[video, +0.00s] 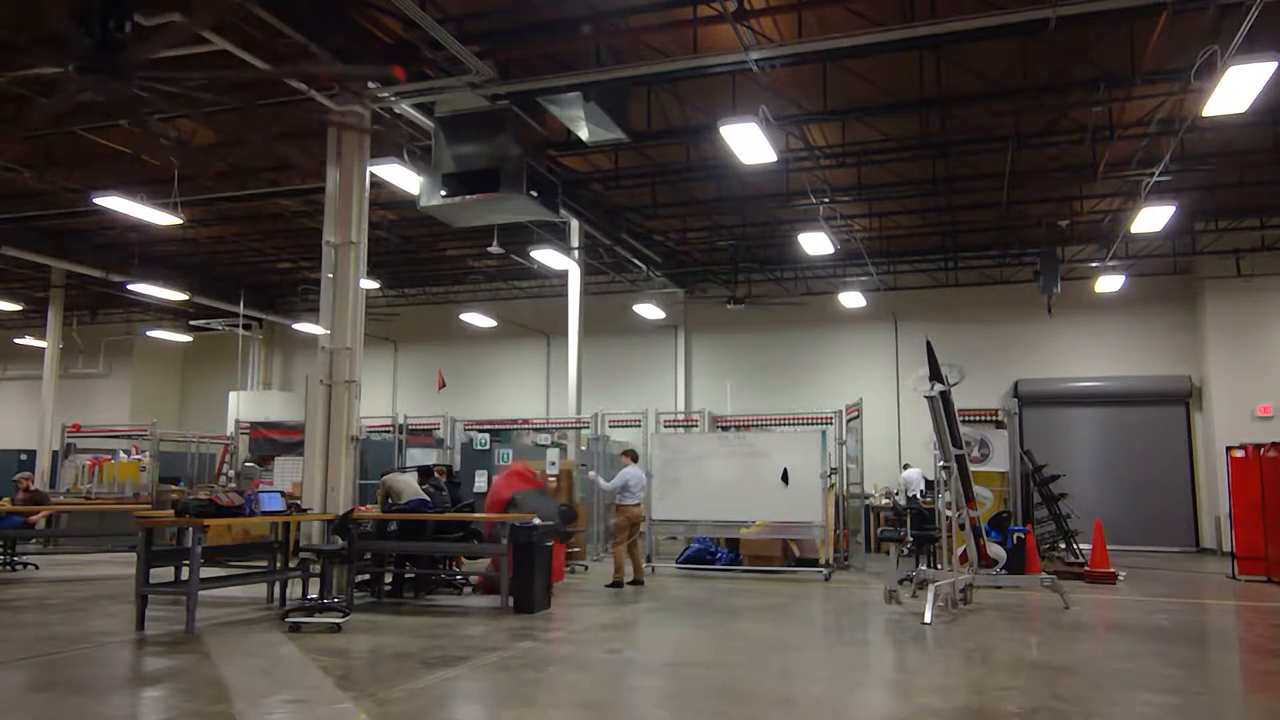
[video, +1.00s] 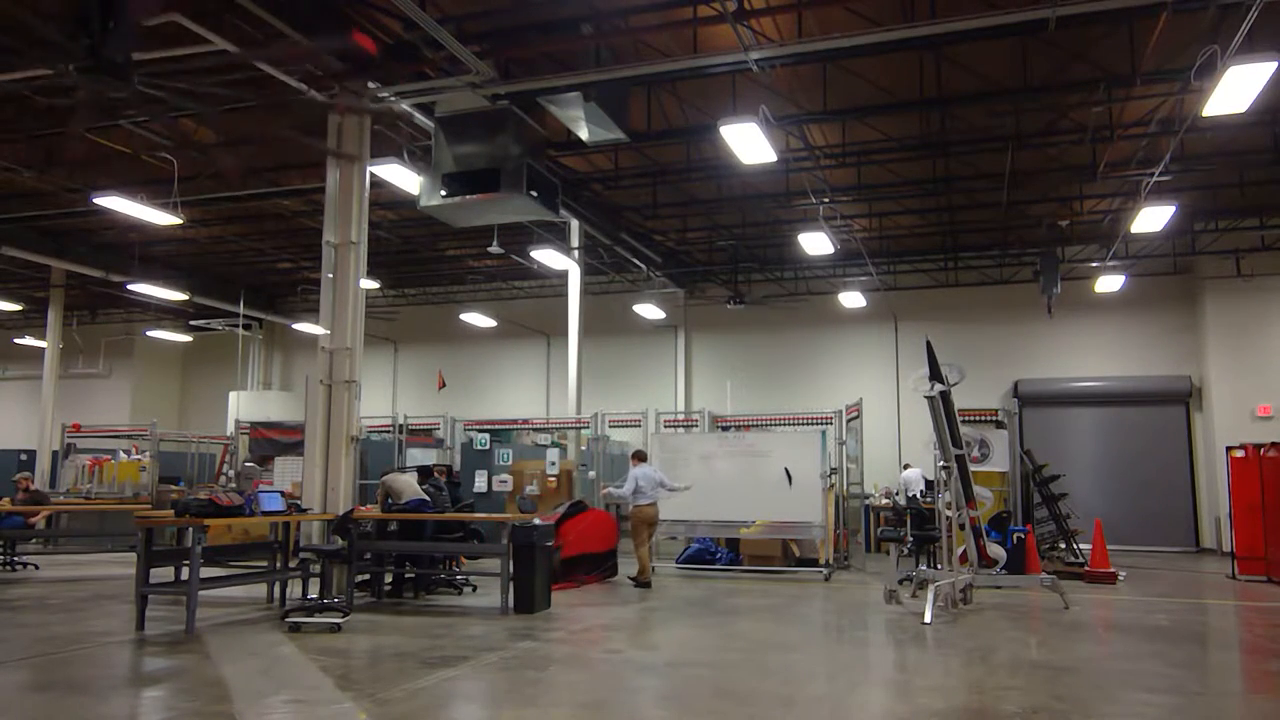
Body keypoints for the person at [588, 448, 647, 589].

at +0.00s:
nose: (621, 460)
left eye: (622, 458)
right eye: (621, 458)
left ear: (629, 458)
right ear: (633, 459)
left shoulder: (626, 472)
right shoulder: (641, 473)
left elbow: (609, 487)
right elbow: (640, 491)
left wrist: (595, 478)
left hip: (624, 508)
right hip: (637, 507)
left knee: (619, 544)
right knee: (633, 544)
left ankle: (618, 579)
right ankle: (638, 577)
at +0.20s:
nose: (626, 461)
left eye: (627, 458)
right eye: (626, 459)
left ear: (632, 458)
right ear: (638, 459)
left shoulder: (629, 472)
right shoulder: (646, 473)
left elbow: (613, 488)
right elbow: (651, 488)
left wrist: (598, 478)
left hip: (629, 508)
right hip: (643, 507)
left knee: (622, 544)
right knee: (637, 544)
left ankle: (621, 578)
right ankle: (639, 577)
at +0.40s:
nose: (629, 462)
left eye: (630, 459)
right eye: (629, 459)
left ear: (635, 458)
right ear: (642, 459)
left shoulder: (633, 471)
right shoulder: (649, 472)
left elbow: (617, 487)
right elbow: (659, 487)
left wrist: (602, 476)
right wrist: (668, 494)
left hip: (632, 507)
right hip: (646, 507)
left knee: (626, 544)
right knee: (640, 544)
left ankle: (627, 577)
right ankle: (639, 576)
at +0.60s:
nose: (631, 462)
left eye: (632, 459)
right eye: (631, 459)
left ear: (636, 459)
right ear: (644, 459)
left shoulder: (634, 472)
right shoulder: (652, 472)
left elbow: (625, 488)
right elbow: (663, 488)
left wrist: (608, 481)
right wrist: (676, 492)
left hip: (634, 508)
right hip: (647, 507)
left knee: (630, 542)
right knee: (642, 543)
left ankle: (634, 576)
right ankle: (641, 576)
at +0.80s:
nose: (631, 462)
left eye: (632, 460)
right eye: (631, 460)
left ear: (636, 460)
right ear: (644, 460)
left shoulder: (635, 472)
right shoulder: (653, 472)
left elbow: (628, 490)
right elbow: (667, 488)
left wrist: (611, 485)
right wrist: (683, 489)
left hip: (636, 508)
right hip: (649, 508)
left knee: (634, 544)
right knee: (644, 544)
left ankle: (642, 575)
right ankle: (641, 574)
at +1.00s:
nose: (631, 463)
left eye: (632, 460)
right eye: (631, 460)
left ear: (635, 460)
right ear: (645, 460)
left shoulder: (634, 472)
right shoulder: (653, 471)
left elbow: (626, 493)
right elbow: (668, 486)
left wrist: (610, 491)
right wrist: (683, 487)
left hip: (639, 508)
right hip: (652, 506)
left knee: (641, 545)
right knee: (645, 544)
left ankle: (645, 578)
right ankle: (641, 574)